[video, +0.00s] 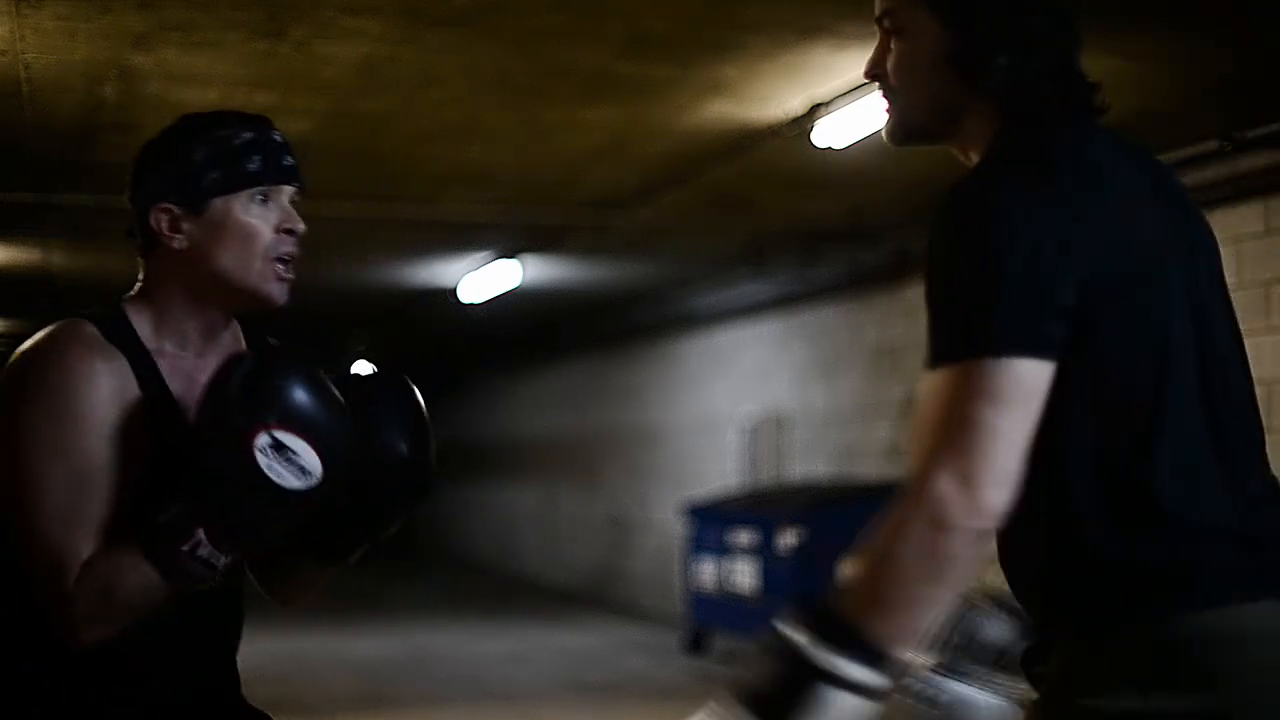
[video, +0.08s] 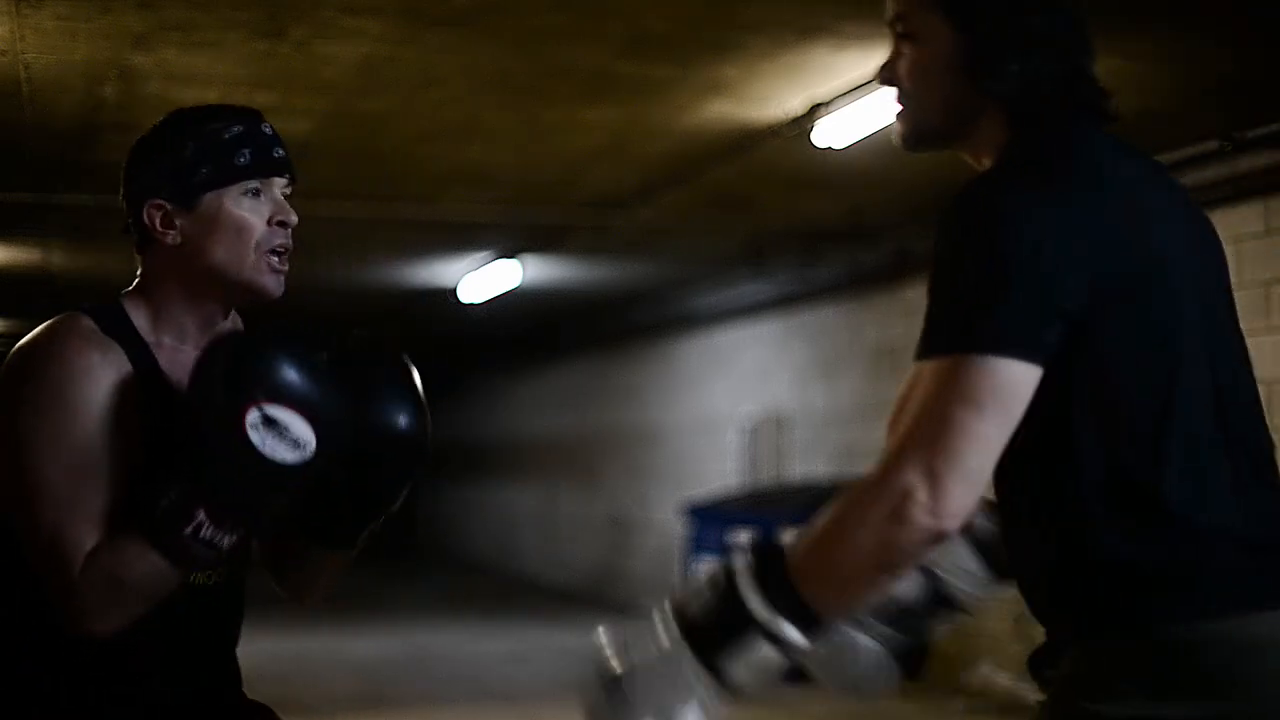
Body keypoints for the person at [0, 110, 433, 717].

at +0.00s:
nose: (294, 224)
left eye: (291, 204)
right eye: (262, 200)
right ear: (174, 226)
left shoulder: (252, 364)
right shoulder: (72, 371)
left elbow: (287, 583)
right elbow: (70, 611)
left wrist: (362, 491)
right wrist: (215, 521)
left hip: (206, 696)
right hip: (80, 712)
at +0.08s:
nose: (287, 217)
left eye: (285, 196)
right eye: (253, 193)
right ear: (167, 222)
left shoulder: (247, 358)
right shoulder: (71, 363)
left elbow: (300, 579)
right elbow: (84, 604)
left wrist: (360, 483)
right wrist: (217, 500)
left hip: (206, 695)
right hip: (79, 711)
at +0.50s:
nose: (412, 245)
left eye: (407, 219)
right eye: (383, 216)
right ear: (292, 232)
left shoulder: (333, 369)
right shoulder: (191, 364)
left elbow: (412, 581)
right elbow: (279, 594)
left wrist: (472, 446)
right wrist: (372, 447)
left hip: (259, 692)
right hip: (137, 698)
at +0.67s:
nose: (361, 273)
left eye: (358, 248)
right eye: (337, 246)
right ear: (244, 257)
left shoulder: (259, 389)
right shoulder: (143, 391)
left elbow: (363, 586)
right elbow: (266, 604)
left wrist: (412, 425)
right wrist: (337, 433)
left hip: (212, 703)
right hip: (102, 716)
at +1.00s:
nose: (271, 305)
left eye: (272, 276)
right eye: (240, 278)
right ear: (152, 289)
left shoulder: (259, 412)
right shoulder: (47, 426)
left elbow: (347, 611)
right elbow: (114, 654)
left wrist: (359, 449)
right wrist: (200, 483)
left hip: (239, 707)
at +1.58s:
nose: (343, 282)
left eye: (343, 258)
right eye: (317, 255)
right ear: (232, 264)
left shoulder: (277, 406)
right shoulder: (143, 400)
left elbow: (313, 597)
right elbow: (110, 610)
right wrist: (290, 519)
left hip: (223, 710)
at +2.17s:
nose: (343, 292)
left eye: (338, 268)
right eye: (316, 266)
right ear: (228, 280)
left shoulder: (241, 410)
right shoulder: (127, 410)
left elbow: (318, 616)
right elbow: (215, 631)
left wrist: (379, 472)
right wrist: (302, 465)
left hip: (190, 707)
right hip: (99, 714)